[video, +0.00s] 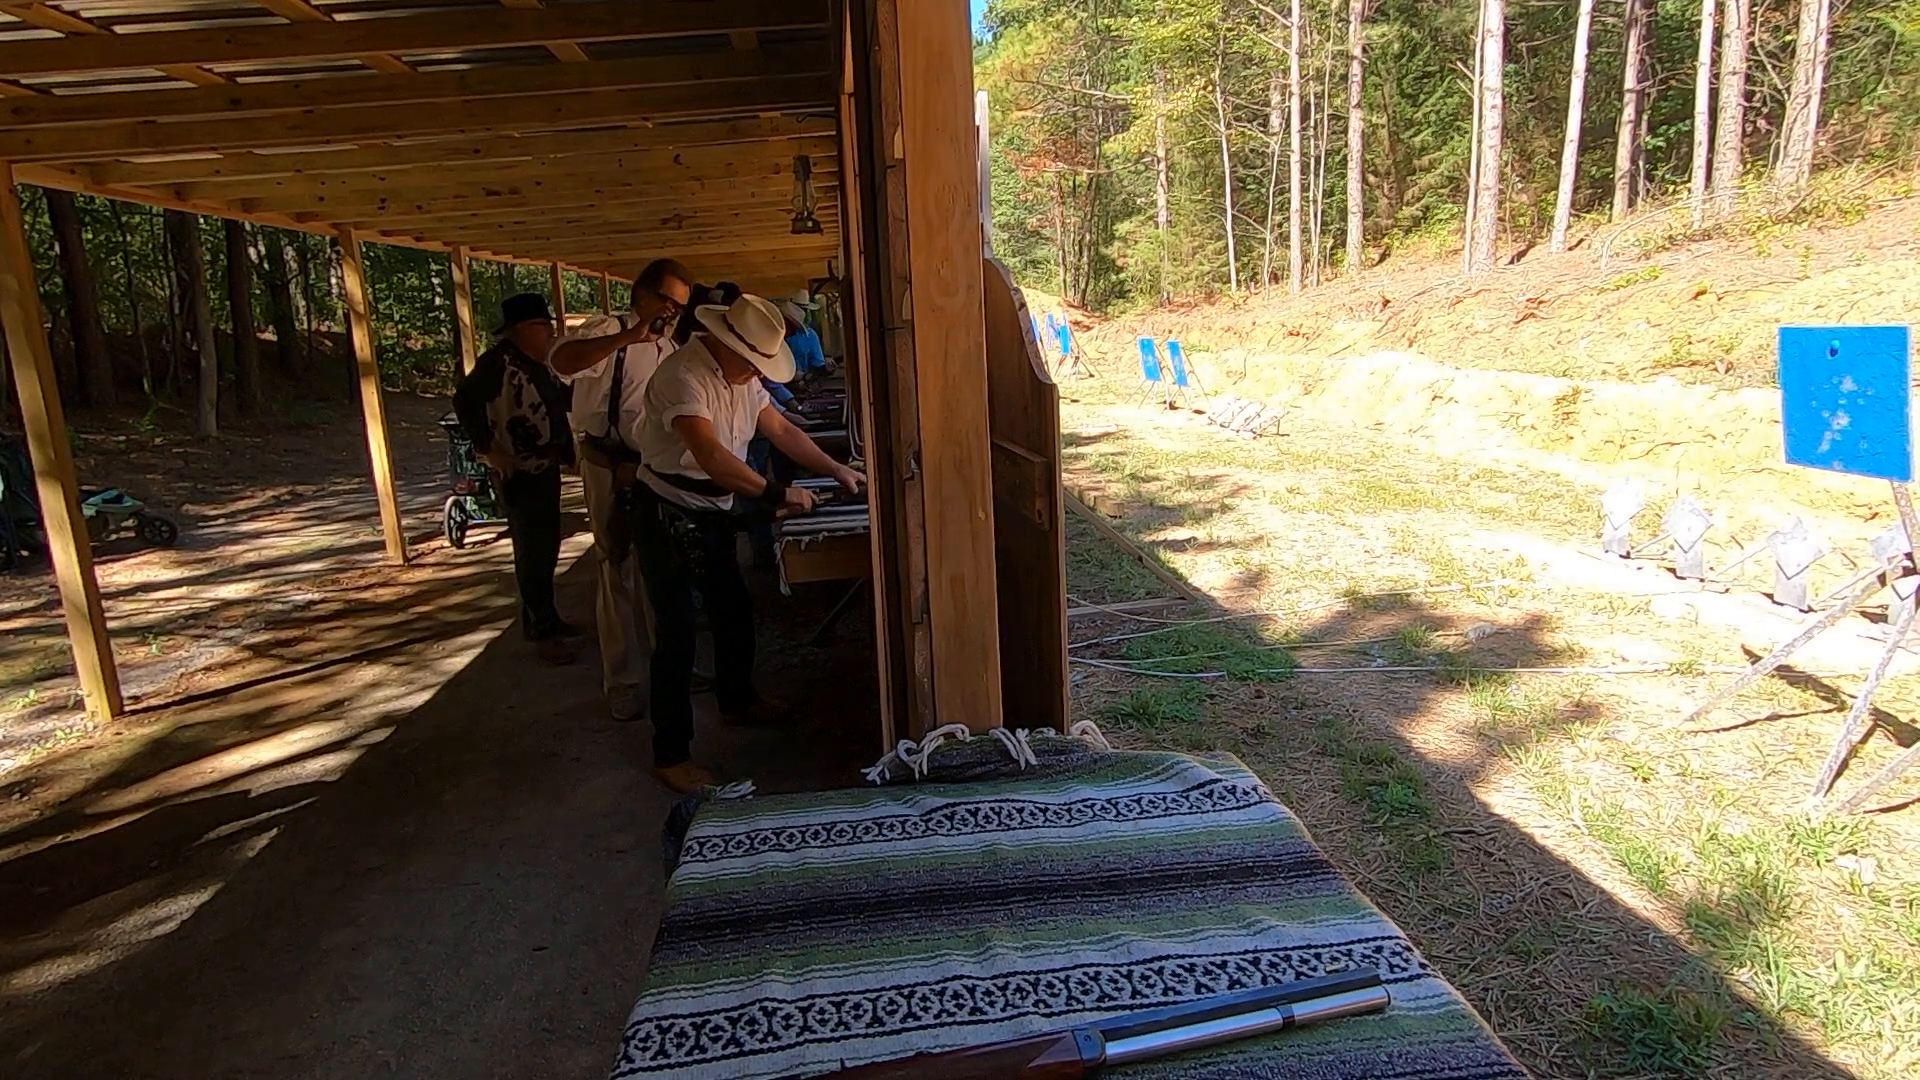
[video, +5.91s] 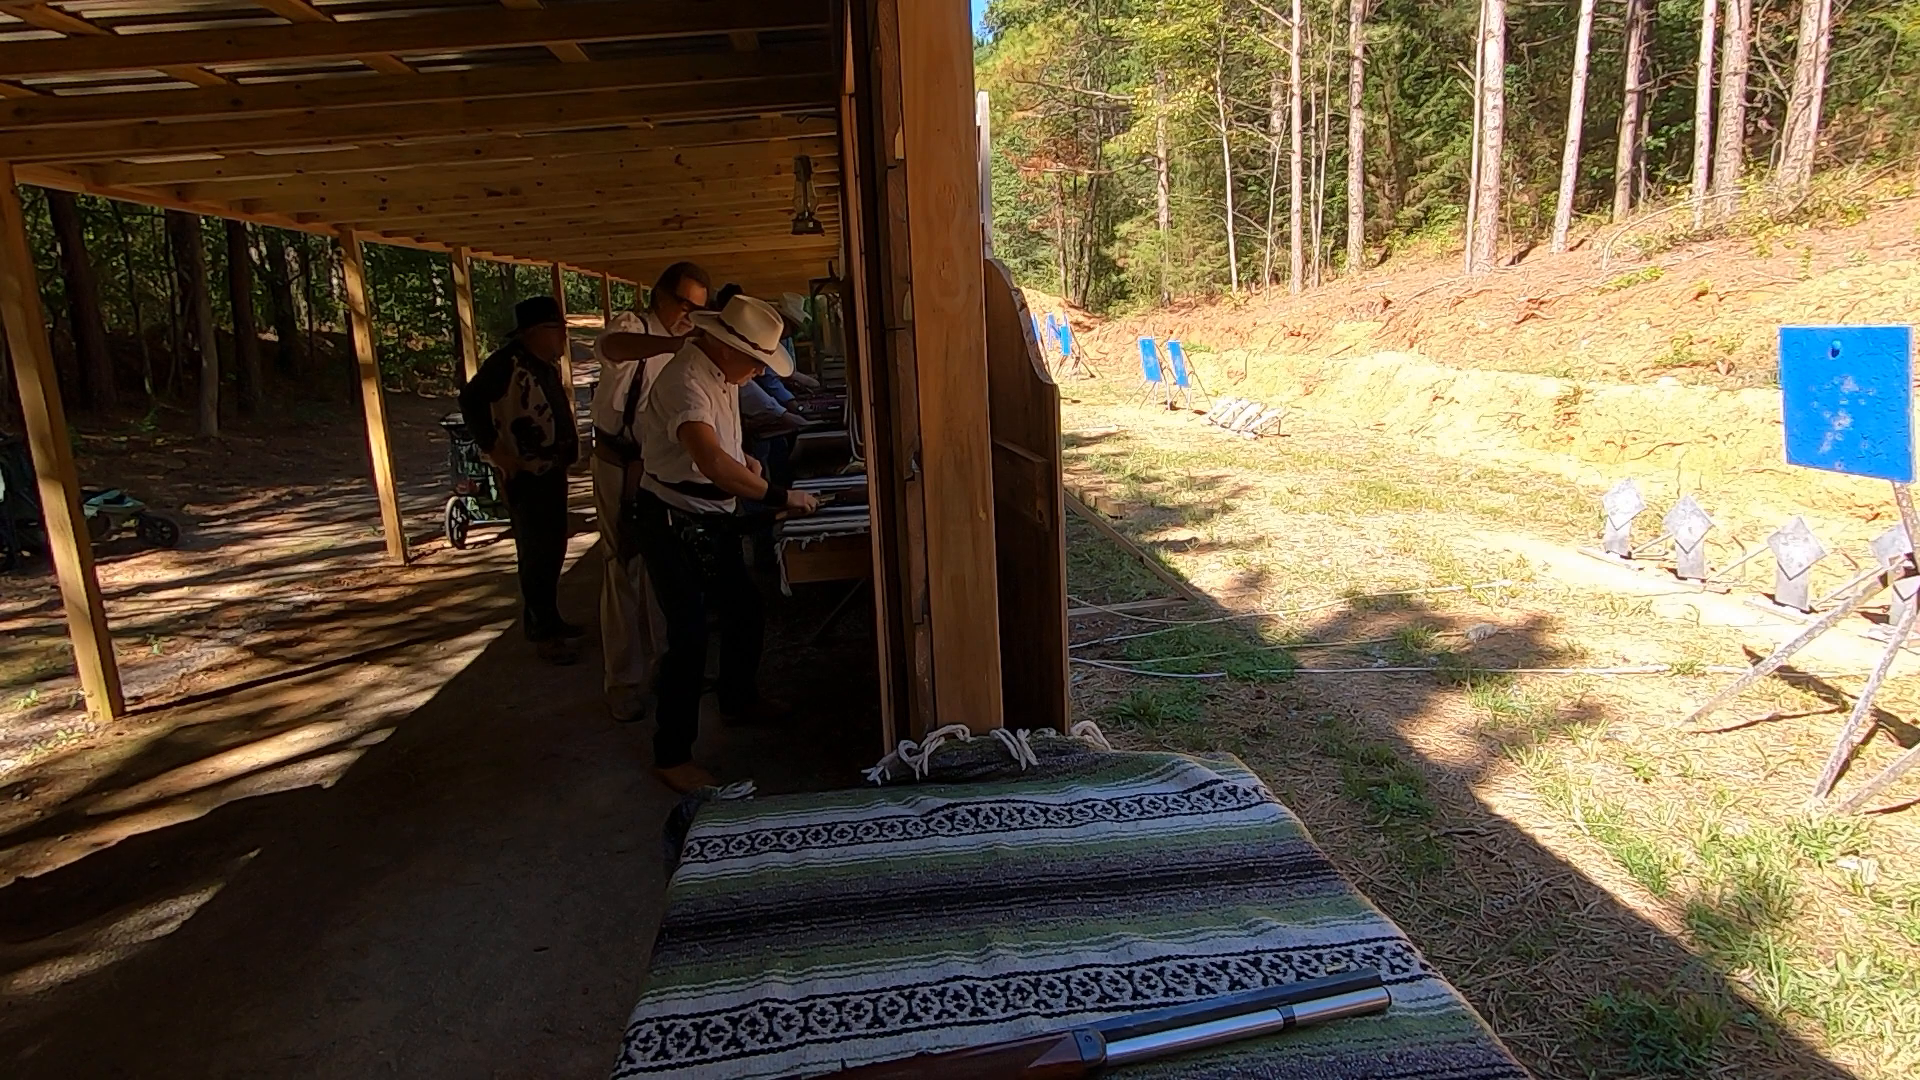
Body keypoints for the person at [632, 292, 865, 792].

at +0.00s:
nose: (756, 372)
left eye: (760, 365)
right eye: (751, 362)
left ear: (757, 358)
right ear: (726, 345)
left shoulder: (746, 380)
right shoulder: (682, 374)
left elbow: (782, 431)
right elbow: (707, 453)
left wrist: (837, 468)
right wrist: (774, 491)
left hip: (715, 513)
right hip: (665, 513)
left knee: (734, 611)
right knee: (677, 631)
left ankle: (739, 703)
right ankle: (671, 757)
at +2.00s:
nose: (765, 366)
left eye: (769, 359)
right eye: (763, 356)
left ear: (745, 346)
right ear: (737, 341)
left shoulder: (741, 377)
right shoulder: (688, 370)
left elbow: (781, 430)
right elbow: (710, 448)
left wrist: (838, 469)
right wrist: (773, 495)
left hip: (716, 515)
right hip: (668, 515)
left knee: (734, 615)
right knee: (685, 631)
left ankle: (739, 704)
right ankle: (671, 757)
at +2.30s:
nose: (758, 373)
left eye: (762, 366)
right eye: (757, 364)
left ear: (744, 346)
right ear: (734, 344)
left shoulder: (731, 370)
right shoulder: (687, 372)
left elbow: (743, 425)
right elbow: (709, 453)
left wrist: (765, 453)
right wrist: (775, 495)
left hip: (721, 512)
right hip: (676, 514)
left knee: (736, 615)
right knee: (685, 634)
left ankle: (740, 706)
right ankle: (671, 756)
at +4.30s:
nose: (753, 373)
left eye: (756, 365)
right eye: (751, 363)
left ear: (724, 349)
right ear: (724, 348)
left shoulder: (718, 377)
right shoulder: (681, 377)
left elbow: (722, 444)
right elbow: (707, 459)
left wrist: (749, 466)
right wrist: (778, 495)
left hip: (716, 516)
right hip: (673, 520)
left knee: (739, 615)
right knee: (689, 636)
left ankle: (739, 708)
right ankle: (672, 757)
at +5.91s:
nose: (758, 373)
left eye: (761, 366)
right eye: (755, 364)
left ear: (727, 349)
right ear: (728, 348)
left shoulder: (721, 378)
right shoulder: (685, 378)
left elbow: (729, 447)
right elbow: (709, 460)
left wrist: (757, 477)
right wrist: (780, 496)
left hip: (717, 516)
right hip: (672, 519)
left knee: (743, 610)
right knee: (689, 634)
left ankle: (739, 703)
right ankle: (672, 756)